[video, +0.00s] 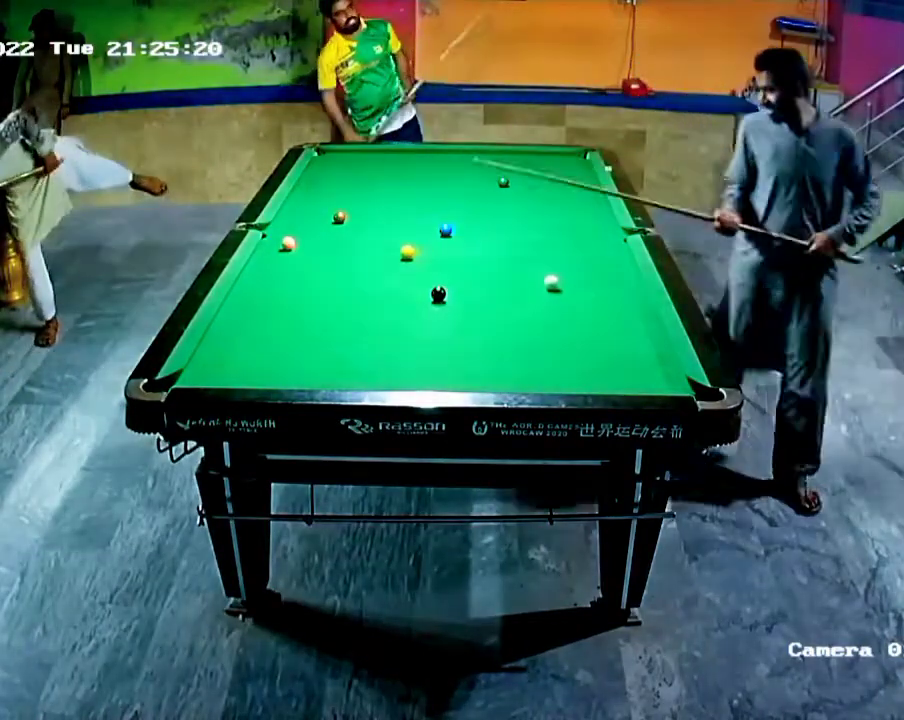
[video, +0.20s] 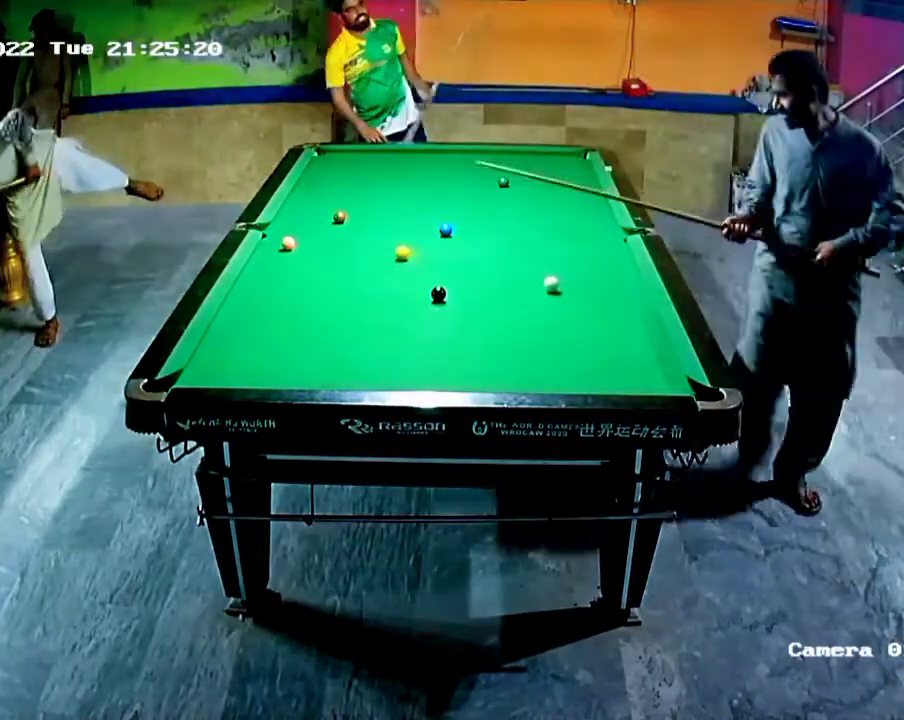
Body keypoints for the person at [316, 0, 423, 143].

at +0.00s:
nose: (349, 15)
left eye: (350, 7)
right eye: (340, 14)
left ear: (354, 6)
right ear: (331, 20)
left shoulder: (383, 29)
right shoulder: (328, 56)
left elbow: (399, 56)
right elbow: (328, 98)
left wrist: (407, 86)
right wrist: (349, 134)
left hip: (402, 119)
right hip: (366, 131)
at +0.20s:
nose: (359, 12)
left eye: (360, 5)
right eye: (350, 10)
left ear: (365, 5)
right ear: (341, 16)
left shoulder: (390, 29)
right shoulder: (337, 53)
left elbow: (404, 60)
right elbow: (338, 99)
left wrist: (419, 84)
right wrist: (363, 127)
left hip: (408, 119)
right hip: (375, 131)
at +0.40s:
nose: (395, 11)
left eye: (398, 4)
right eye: (386, 6)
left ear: (403, 5)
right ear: (375, 11)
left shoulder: (413, 32)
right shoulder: (366, 47)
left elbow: (421, 66)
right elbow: (359, 90)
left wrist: (453, 88)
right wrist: (378, 127)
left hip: (426, 123)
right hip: (396, 131)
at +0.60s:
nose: (422, 10)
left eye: (426, 3)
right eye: (415, 5)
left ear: (432, 5)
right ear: (404, 8)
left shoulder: (439, 32)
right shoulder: (392, 45)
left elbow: (446, 72)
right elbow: (385, 87)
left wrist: (477, 92)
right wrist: (405, 123)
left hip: (446, 124)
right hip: (417, 130)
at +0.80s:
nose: (447, 11)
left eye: (450, 4)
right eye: (439, 6)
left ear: (454, 5)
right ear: (424, 9)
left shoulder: (458, 33)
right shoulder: (414, 44)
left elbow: (461, 78)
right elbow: (410, 92)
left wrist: (488, 100)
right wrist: (436, 121)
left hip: (461, 121)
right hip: (432, 127)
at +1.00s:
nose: (477, 17)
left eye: (480, 10)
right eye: (469, 12)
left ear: (484, 10)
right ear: (457, 14)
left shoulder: (484, 40)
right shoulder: (447, 50)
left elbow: (482, 82)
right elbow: (440, 96)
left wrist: (504, 102)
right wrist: (470, 125)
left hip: (489, 126)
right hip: (461, 132)